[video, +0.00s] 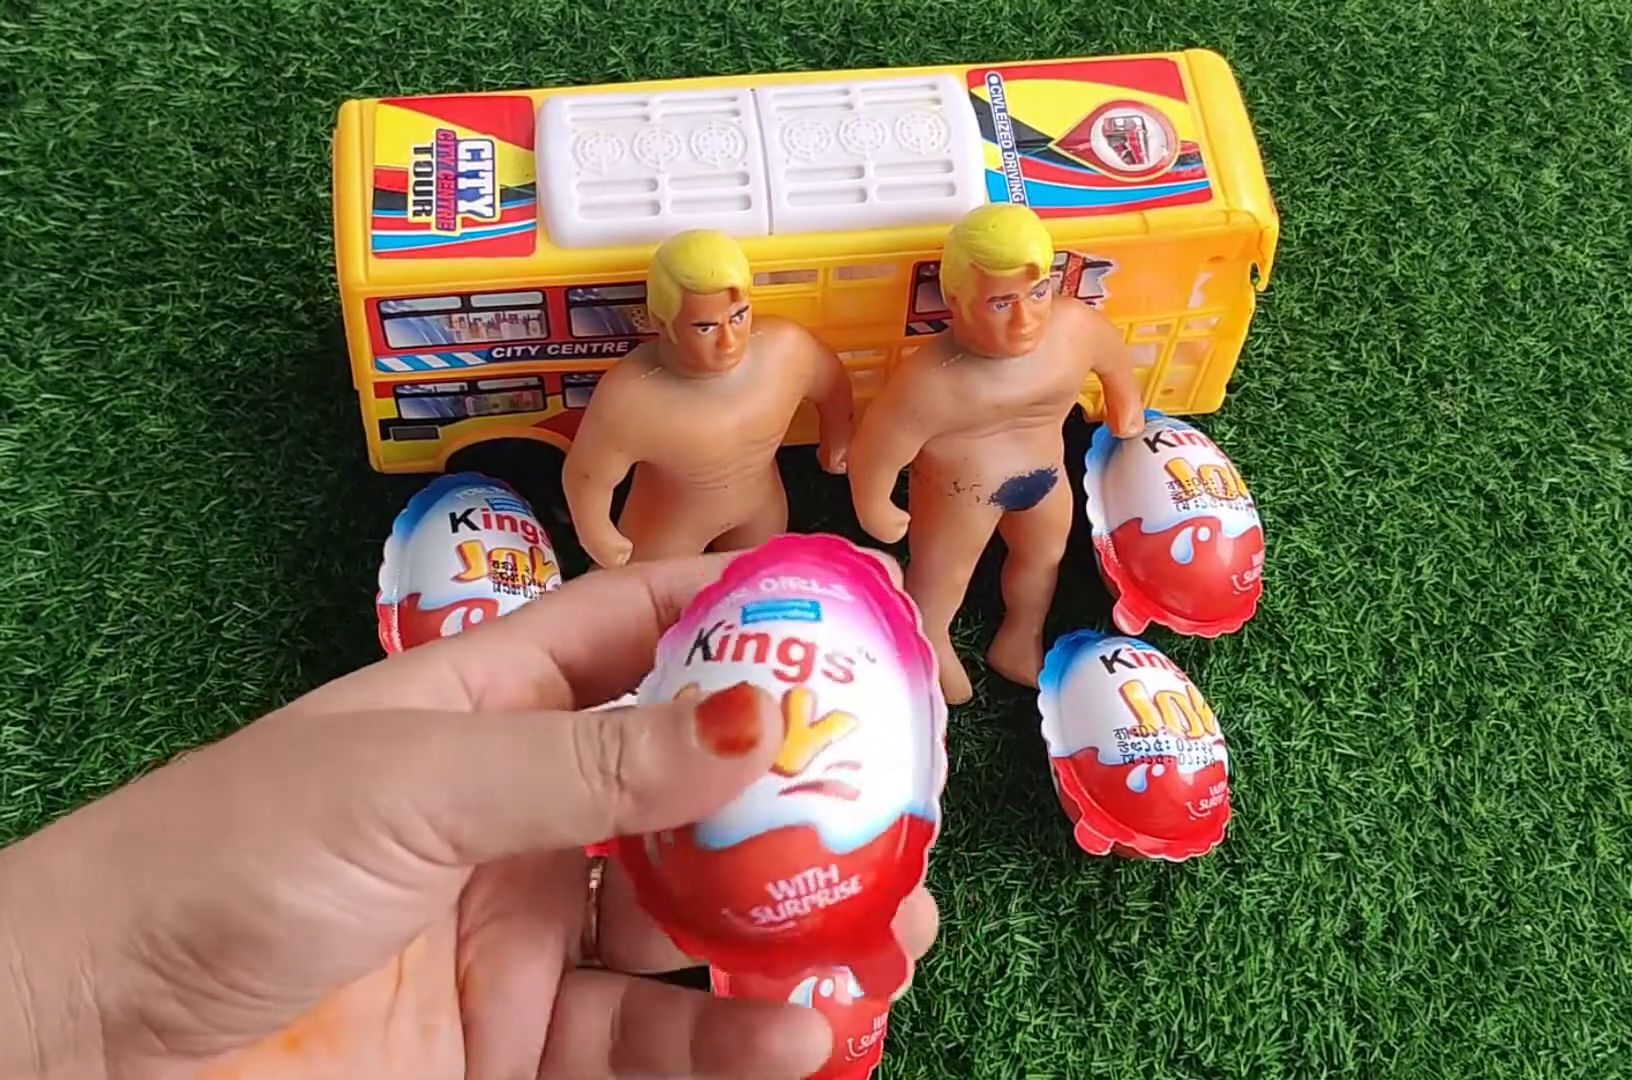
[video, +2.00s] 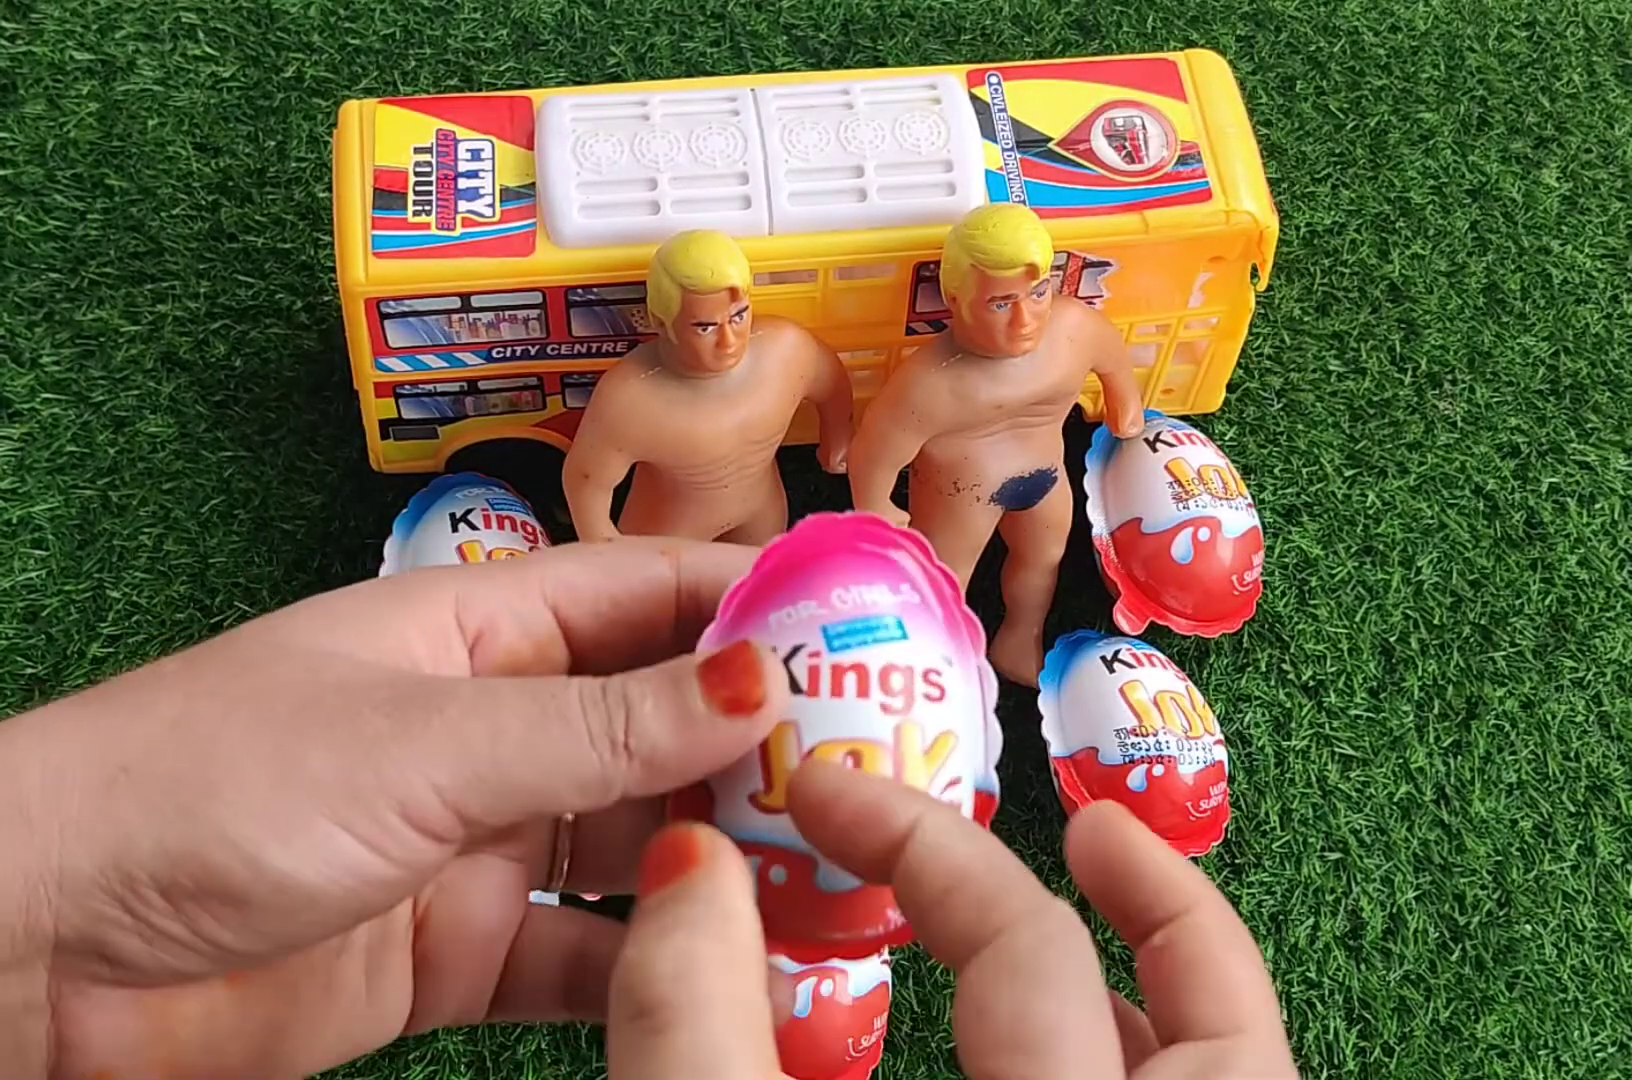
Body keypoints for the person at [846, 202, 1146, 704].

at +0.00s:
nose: (1023, 317)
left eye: (1036, 294)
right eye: (1000, 302)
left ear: (1050, 284)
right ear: (953, 304)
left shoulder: (1079, 328)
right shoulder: (927, 382)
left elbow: (1114, 360)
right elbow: (873, 453)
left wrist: (1126, 410)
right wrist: (878, 515)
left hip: (1045, 477)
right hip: (959, 493)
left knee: (1041, 560)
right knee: (942, 578)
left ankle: (1021, 642)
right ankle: (933, 642)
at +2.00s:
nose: (1025, 318)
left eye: (1037, 294)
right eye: (1000, 303)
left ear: (1050, 284)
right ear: (953, 303)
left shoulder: (1079, 327)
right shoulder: (927, 382)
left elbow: (1116, 364)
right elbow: (870, 460)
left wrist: (1127, 410)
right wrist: (878, 511)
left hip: (1045, 477)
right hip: (959, 491)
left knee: (1040, 564)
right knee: (943, 579)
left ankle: (1019, 644)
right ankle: (930, 654)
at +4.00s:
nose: (1023, 317)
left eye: (1036, 295)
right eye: (1000, 303)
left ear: (1051, 283)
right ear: (954, 301)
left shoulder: (1078, 327)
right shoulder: (927, 383)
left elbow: (1114, 360)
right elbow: (873, 452)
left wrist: (1126, 410)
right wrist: (877, 513)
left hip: (1045, 476)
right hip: (959, 491)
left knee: (1041, 560)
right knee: (942, 576)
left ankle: (1020, 642)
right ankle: (931, 644)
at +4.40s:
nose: (1024, 317)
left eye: (1036, 295)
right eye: (1000, 303)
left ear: (1050, 284)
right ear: (953, 304)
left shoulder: (1078, 327)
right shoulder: (926, 384)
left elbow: (1114, 361)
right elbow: (873, 453)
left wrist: (1127, 408)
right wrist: (877, 515)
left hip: (1045, 476)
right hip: (959, 492)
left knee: (1041, 560)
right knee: (941, 576)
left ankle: (1020, 642)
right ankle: (931, 644)